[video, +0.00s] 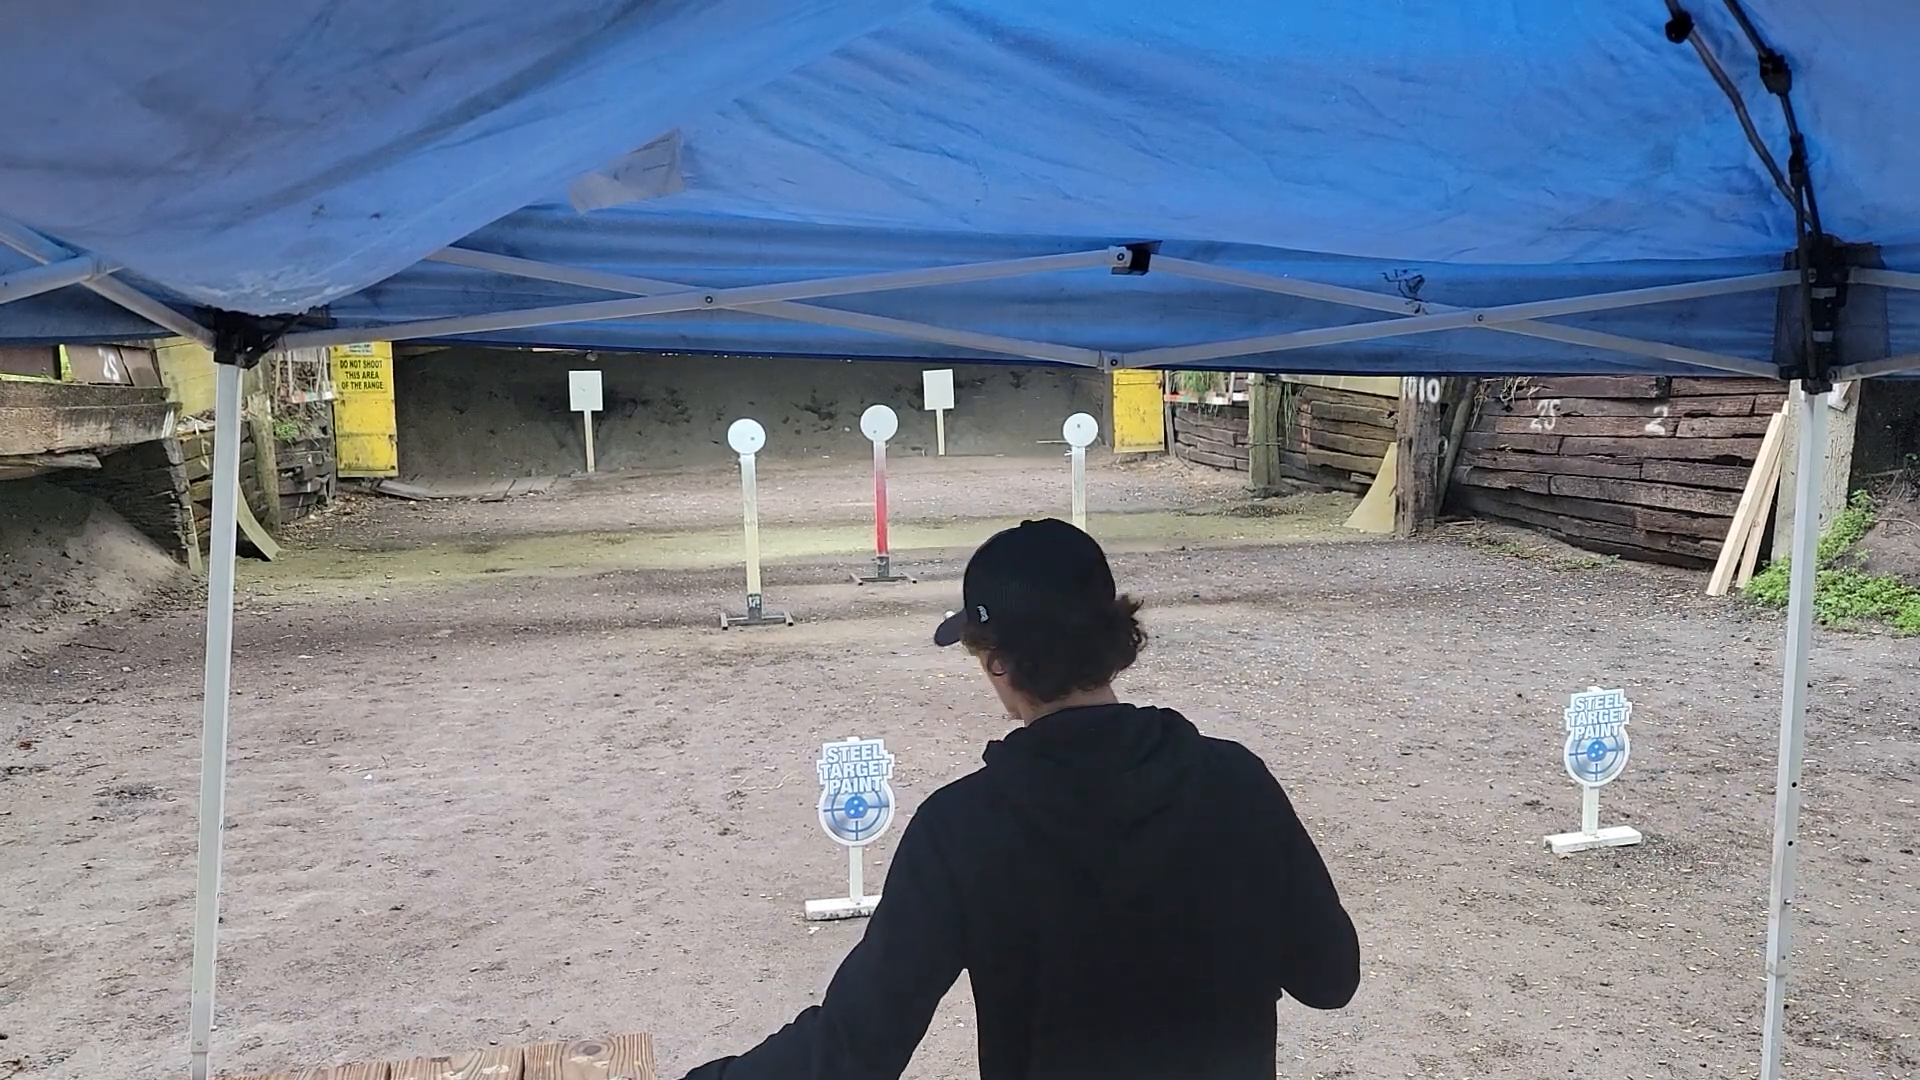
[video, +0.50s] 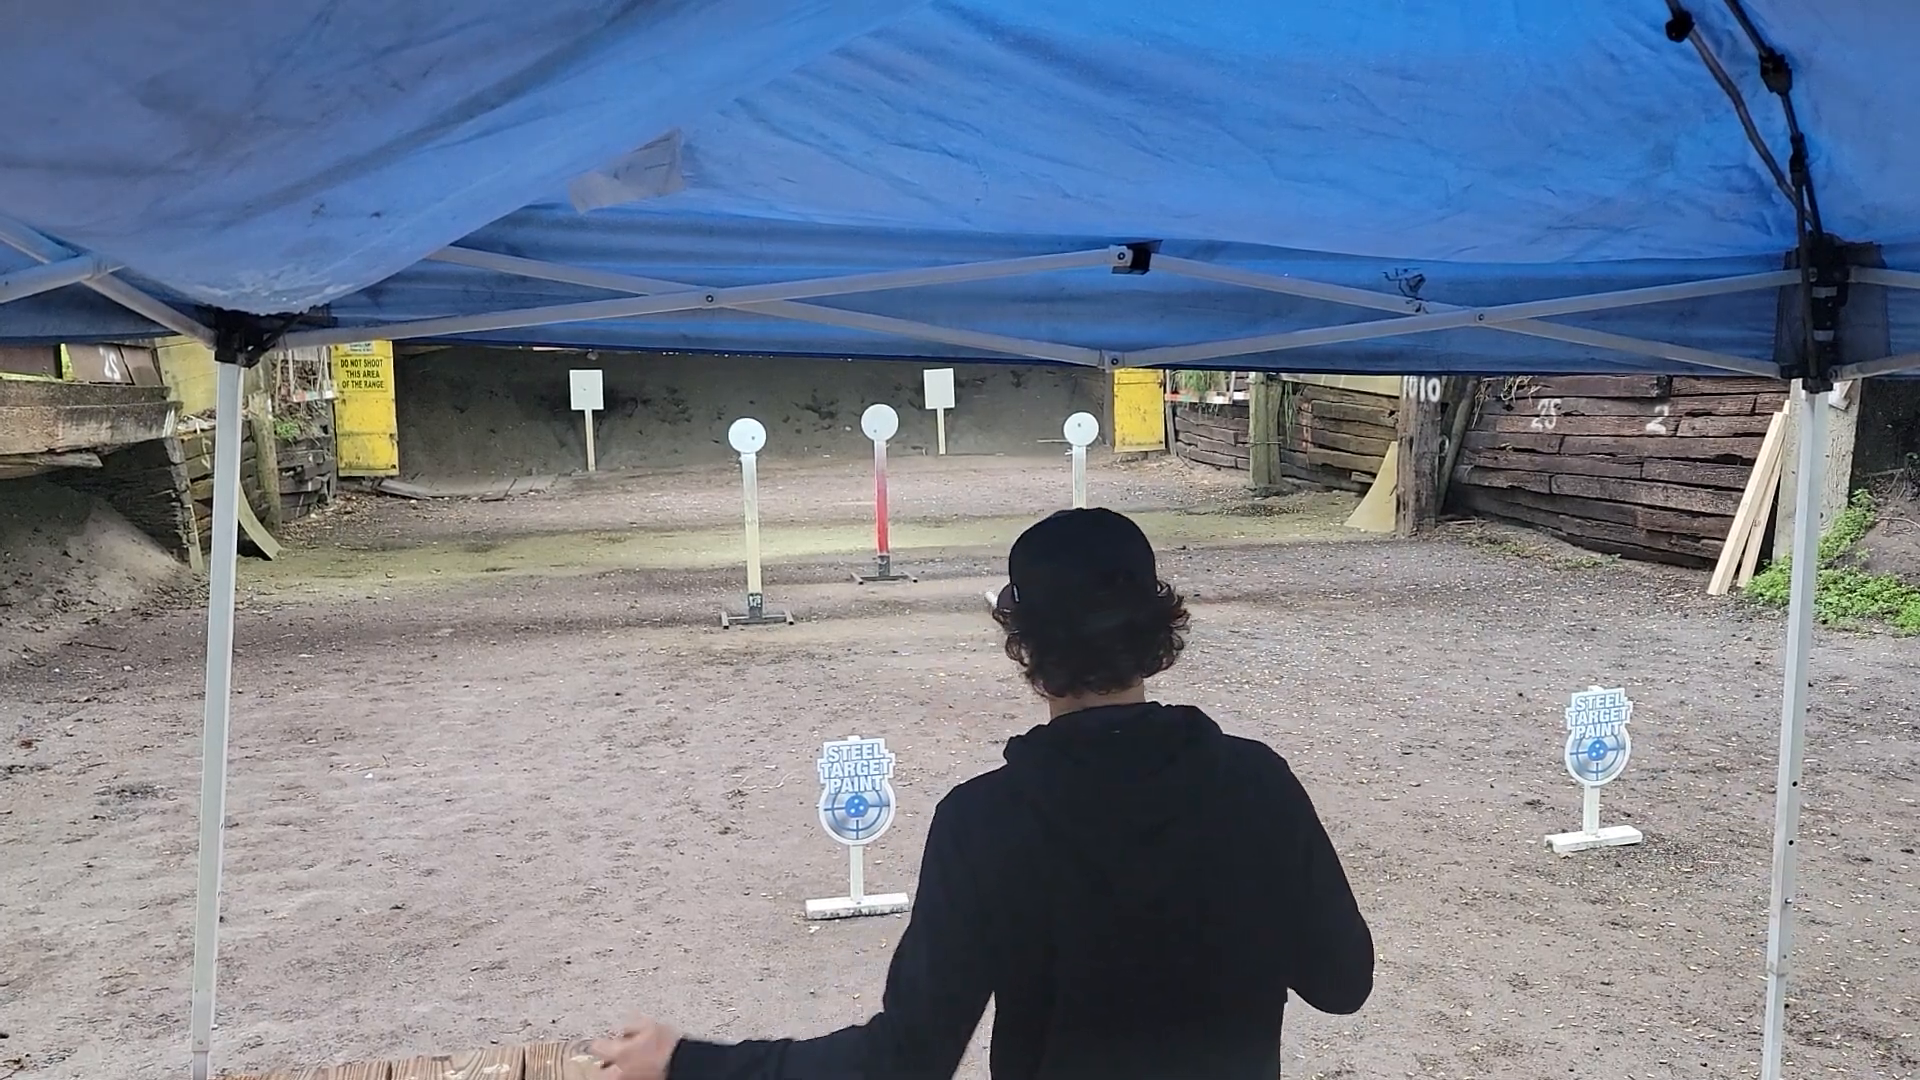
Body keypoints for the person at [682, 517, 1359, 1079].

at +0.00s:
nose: (977, 665)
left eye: (976, 647)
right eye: (974, 646)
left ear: (995, 660)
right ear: (1116, 634)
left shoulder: (963, 826)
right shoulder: (1236, 784)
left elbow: (858, 1041)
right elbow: (1333, 976)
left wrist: (691, 1076)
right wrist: (1214, 888)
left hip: (1041, 1064)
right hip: (1226, 1064)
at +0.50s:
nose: (1016, 636)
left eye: (1014, 620)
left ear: (1021, 640)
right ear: (1162, 625)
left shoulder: (987, 818)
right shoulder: (1258, 784)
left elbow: (910, 1055)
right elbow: (1344, 980)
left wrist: (686, 1060)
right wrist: (1230, 893)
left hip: (1053, 1067)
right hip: (1226, 1071)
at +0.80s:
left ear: (1053, 645)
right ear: (1190, 624)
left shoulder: (994, 814)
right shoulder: (1285, 797)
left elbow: (960, 1030)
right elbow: (1365, 1000)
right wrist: (1241, 928)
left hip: (1061, 1070)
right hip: (1242, 1068)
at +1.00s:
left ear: (1071, 642)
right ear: (1210, 623)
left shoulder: (1007, 799)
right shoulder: (1303, 806)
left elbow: (994, 994)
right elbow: (1385, 1009)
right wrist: (1254, 937)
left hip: (1056, 1068)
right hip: (1247, 1066)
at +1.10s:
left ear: (1080, 642)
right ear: (1218, 623)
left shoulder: (1012, 795)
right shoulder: (1311, 809)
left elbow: (1003, 991)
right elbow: (1392, 1014)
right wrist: (1268, 941)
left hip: (1058, 1072)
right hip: (1256, 1070)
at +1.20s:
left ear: (1082, 640)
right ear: (1221, 622)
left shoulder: (1014, 793)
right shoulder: (1313, 809)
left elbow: (1008, 990)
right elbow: (1392, 1018)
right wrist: (1266, 934)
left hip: (1060, 1075)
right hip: (1259, 1072)